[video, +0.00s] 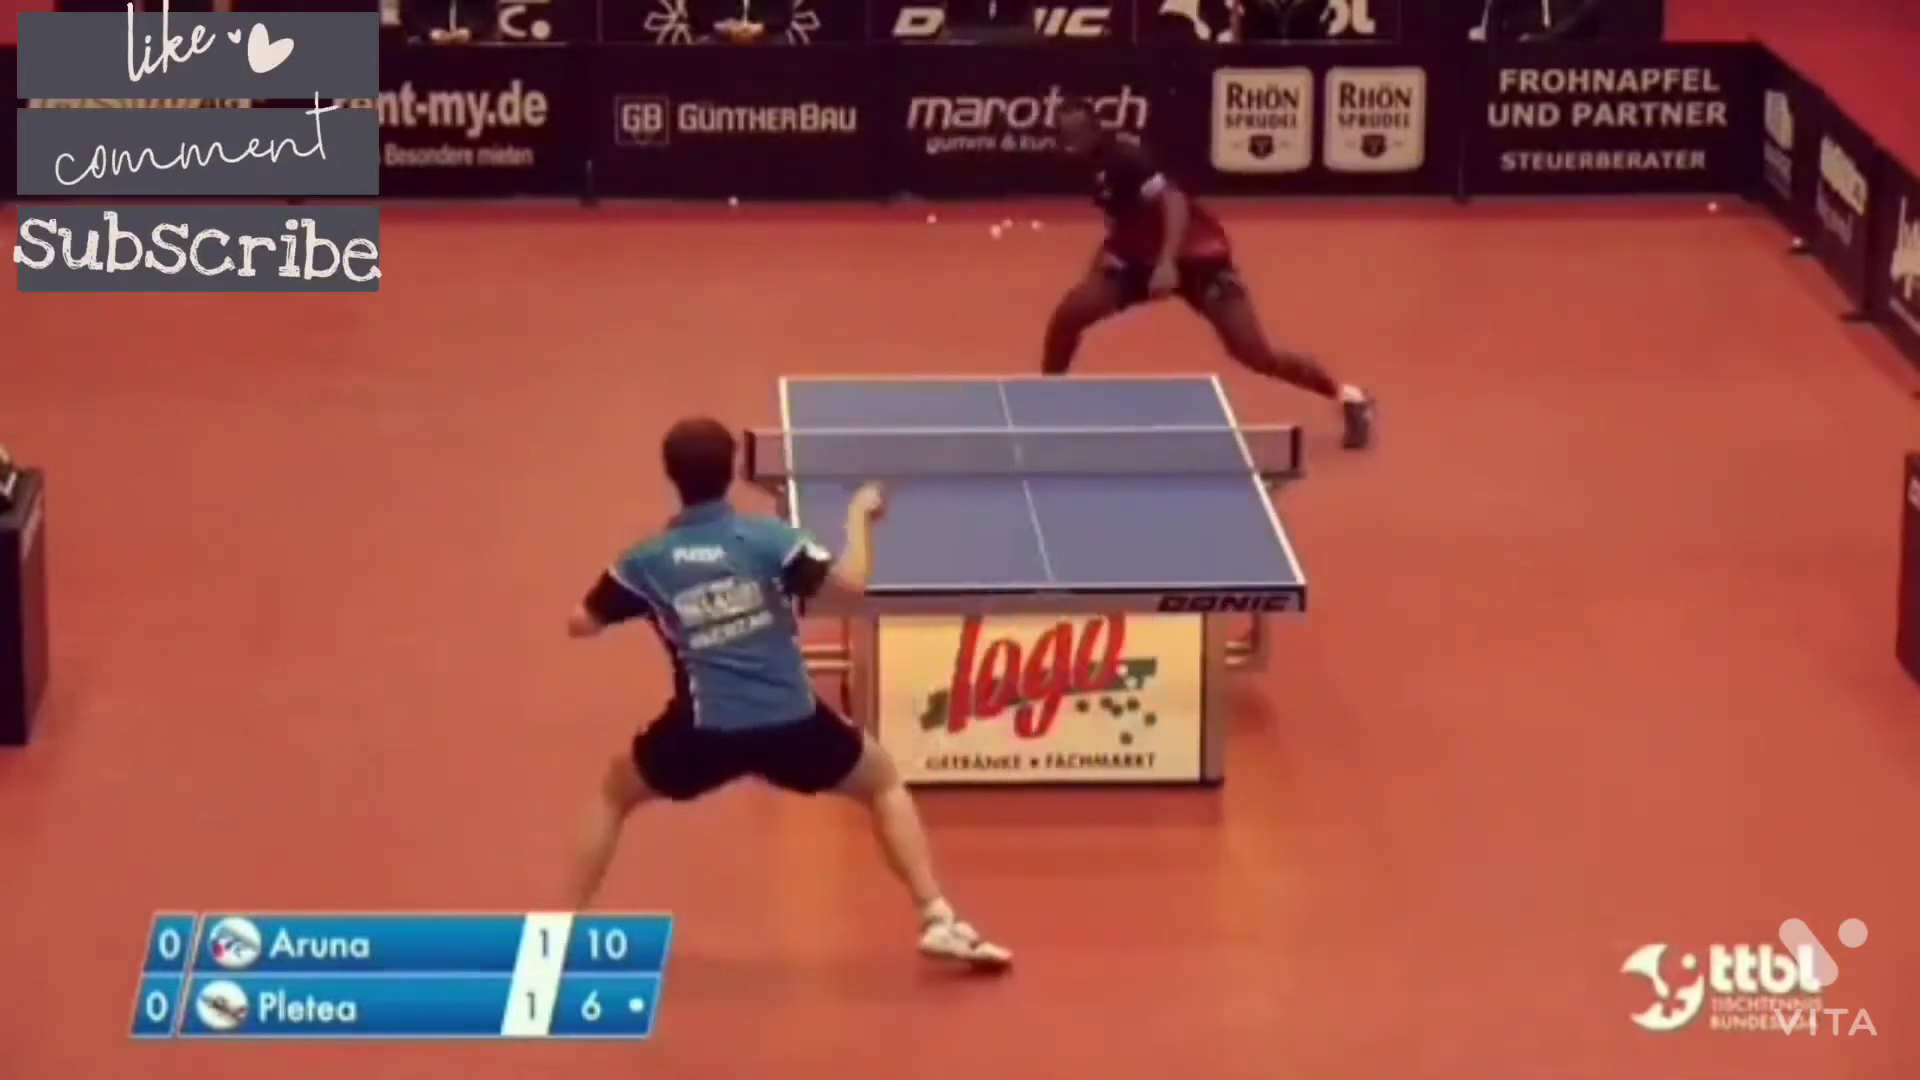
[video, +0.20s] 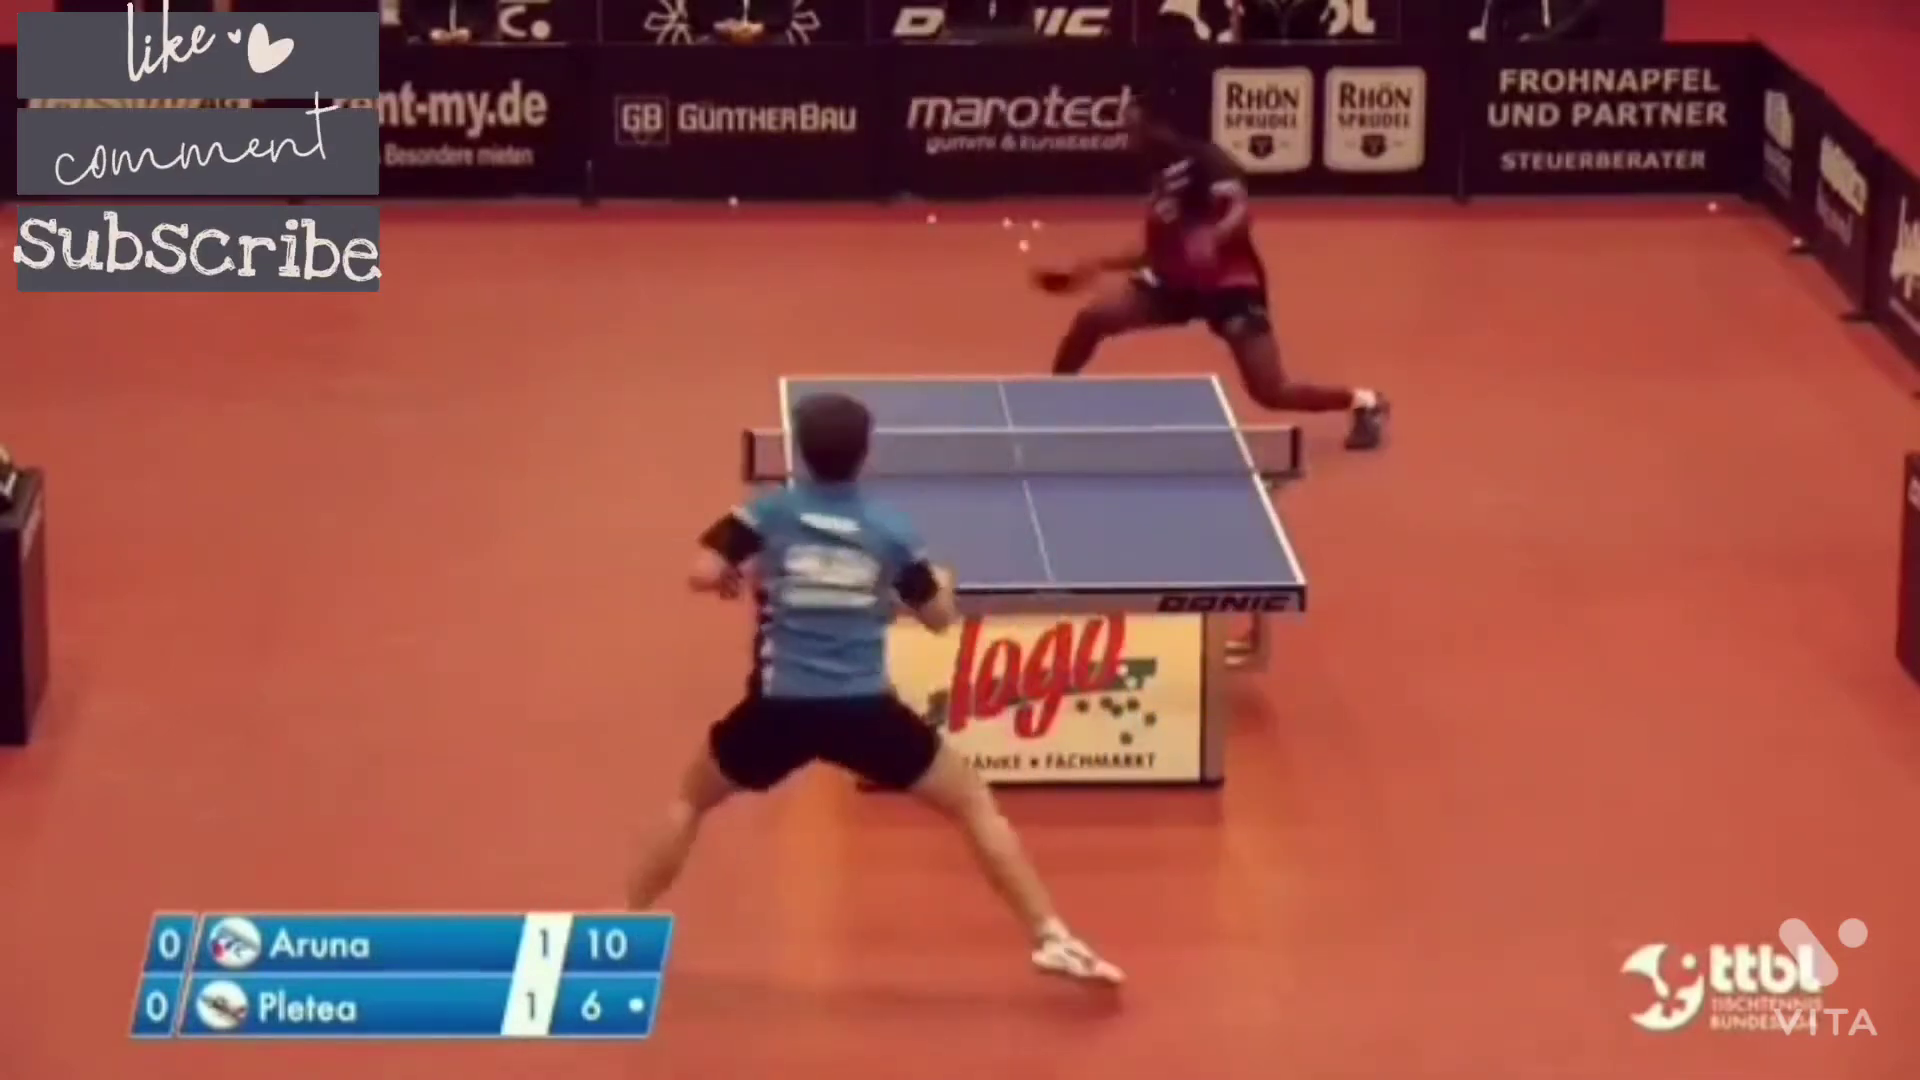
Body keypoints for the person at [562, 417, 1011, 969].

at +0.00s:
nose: (723, 465)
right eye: (726, 458)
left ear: (671, 476)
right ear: (732, 470)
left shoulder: (649, 559)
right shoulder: (768, 536)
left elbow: (583, 622)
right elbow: (851, 587)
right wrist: (860, 517)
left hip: (703, 733)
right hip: (791, 727)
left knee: (615, 793)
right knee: (883, 786)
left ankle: (565, 928)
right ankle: (939, 919)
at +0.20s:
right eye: (854, 442)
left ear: (800, 451)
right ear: (862, 455)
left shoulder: (772, 511)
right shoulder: (882, 528)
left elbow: (703, 571)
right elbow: (940, 615)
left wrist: (732, 579)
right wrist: (943, 585)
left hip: (780, 712)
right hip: (863, 713)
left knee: (690, 802)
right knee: (973, 803)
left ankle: (625, 928)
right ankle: (1052, 936)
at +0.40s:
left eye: (926, 516)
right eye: (959, 518)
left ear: (908, 525)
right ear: (966, 531)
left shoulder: (865, 582)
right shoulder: (982, 610)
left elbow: (786, 619)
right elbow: (1019, 685)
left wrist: (834, 613)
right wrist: (975, 662)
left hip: (842, 771)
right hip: (929, 780)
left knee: (764, 833)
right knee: (1034, 851)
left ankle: (707, 961)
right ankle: (1085, 992)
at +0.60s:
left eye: (844, 495)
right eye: (879, 499)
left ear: (832, 509)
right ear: (888, 514)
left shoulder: (803, 566)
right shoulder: (920, 588)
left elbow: (746, 599)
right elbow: (915, 655)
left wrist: (788, 562)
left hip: (814, 762)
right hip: (900, 766)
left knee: (731, 826)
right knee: (999, 860)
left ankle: (692, 969)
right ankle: (1083, 985)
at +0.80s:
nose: (684, 437)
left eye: (686, 429)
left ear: (695, 437)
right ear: (752, 430)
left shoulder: (700, 492)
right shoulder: (781, 486)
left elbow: (639, 510)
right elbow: (789, 494)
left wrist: (661, 497)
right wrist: (805, 480)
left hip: (765, 688)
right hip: (842, 678)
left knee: (705, 818)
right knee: (901, 823)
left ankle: (688, 967)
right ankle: (964, 969)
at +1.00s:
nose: (627, 439)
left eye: (627, 430)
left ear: (629, 442)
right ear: (686, 429)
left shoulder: (637, 512)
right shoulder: (734, 482)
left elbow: (582, 584)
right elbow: (814, 455)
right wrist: (852, 375)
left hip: (687, 705)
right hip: (765, 694)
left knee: (639, 845)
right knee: (828, 829)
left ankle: (627, 990)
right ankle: (898, 956)